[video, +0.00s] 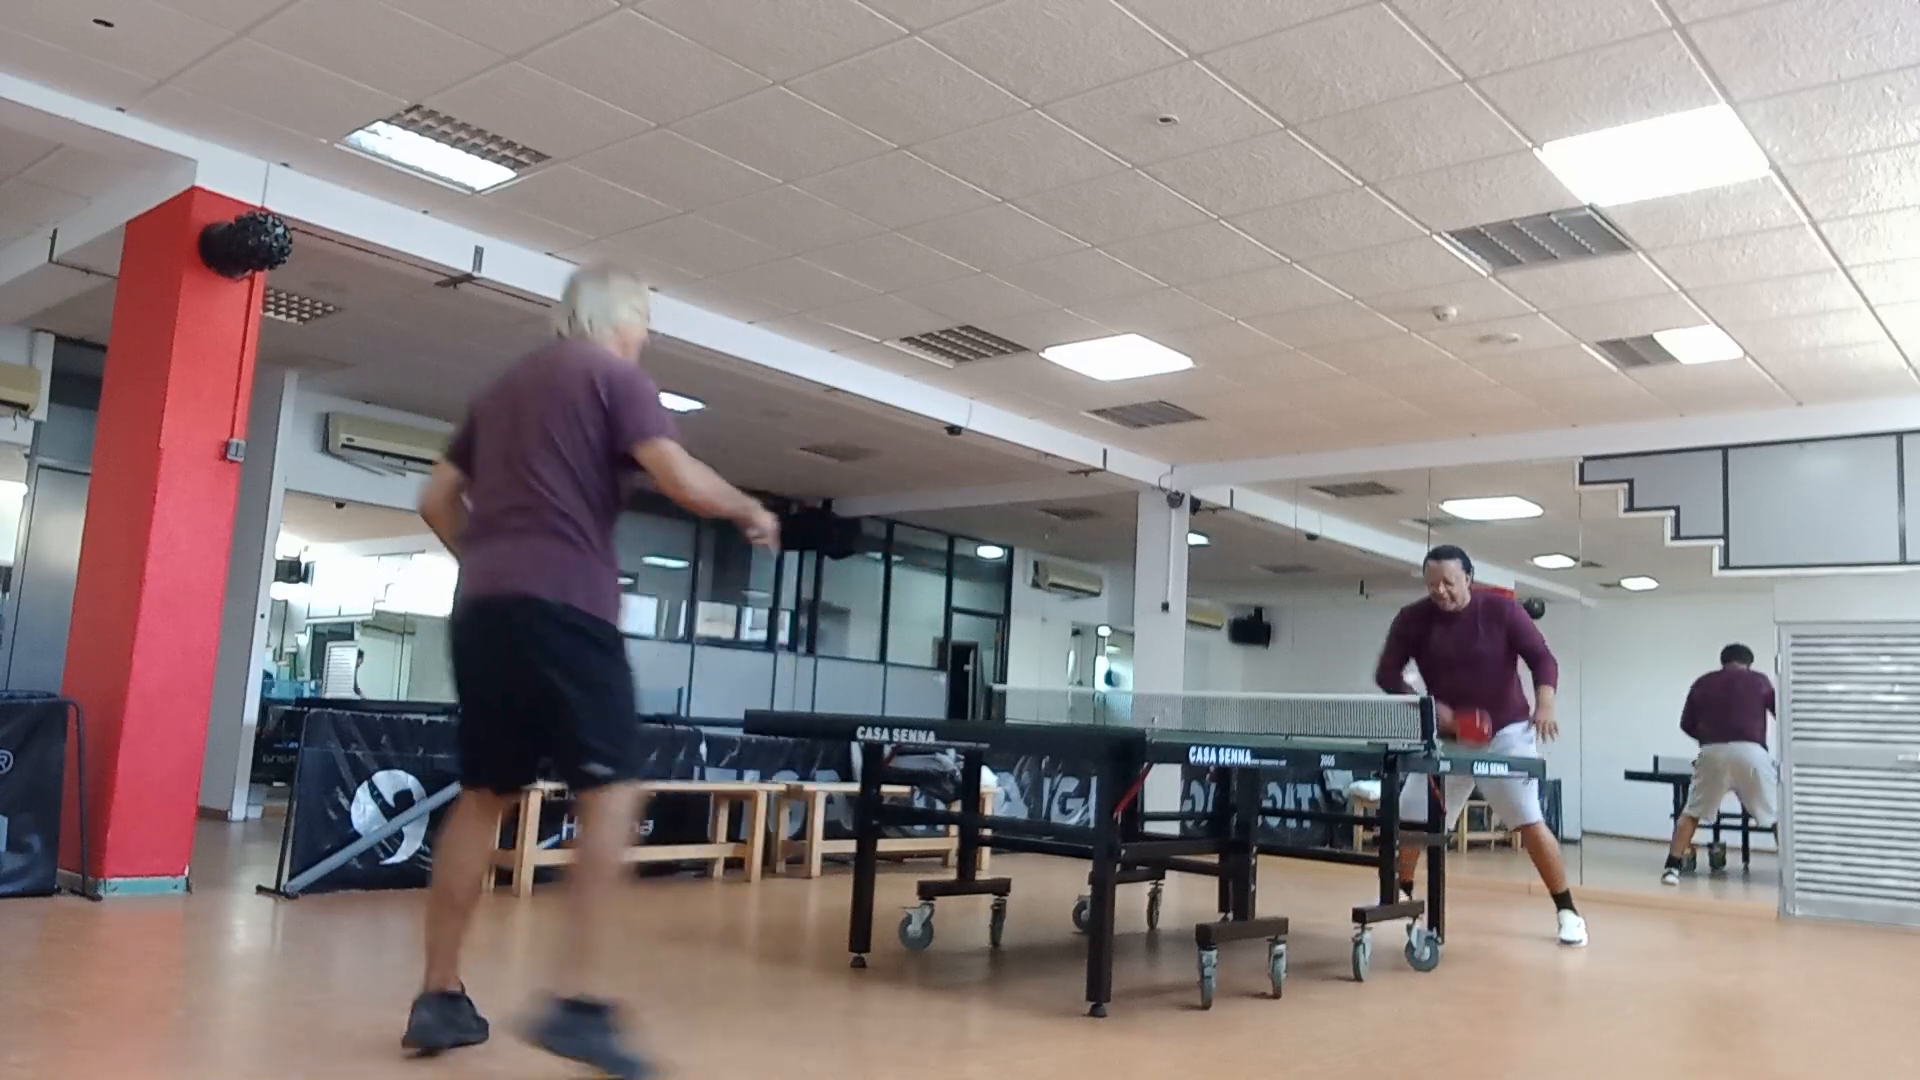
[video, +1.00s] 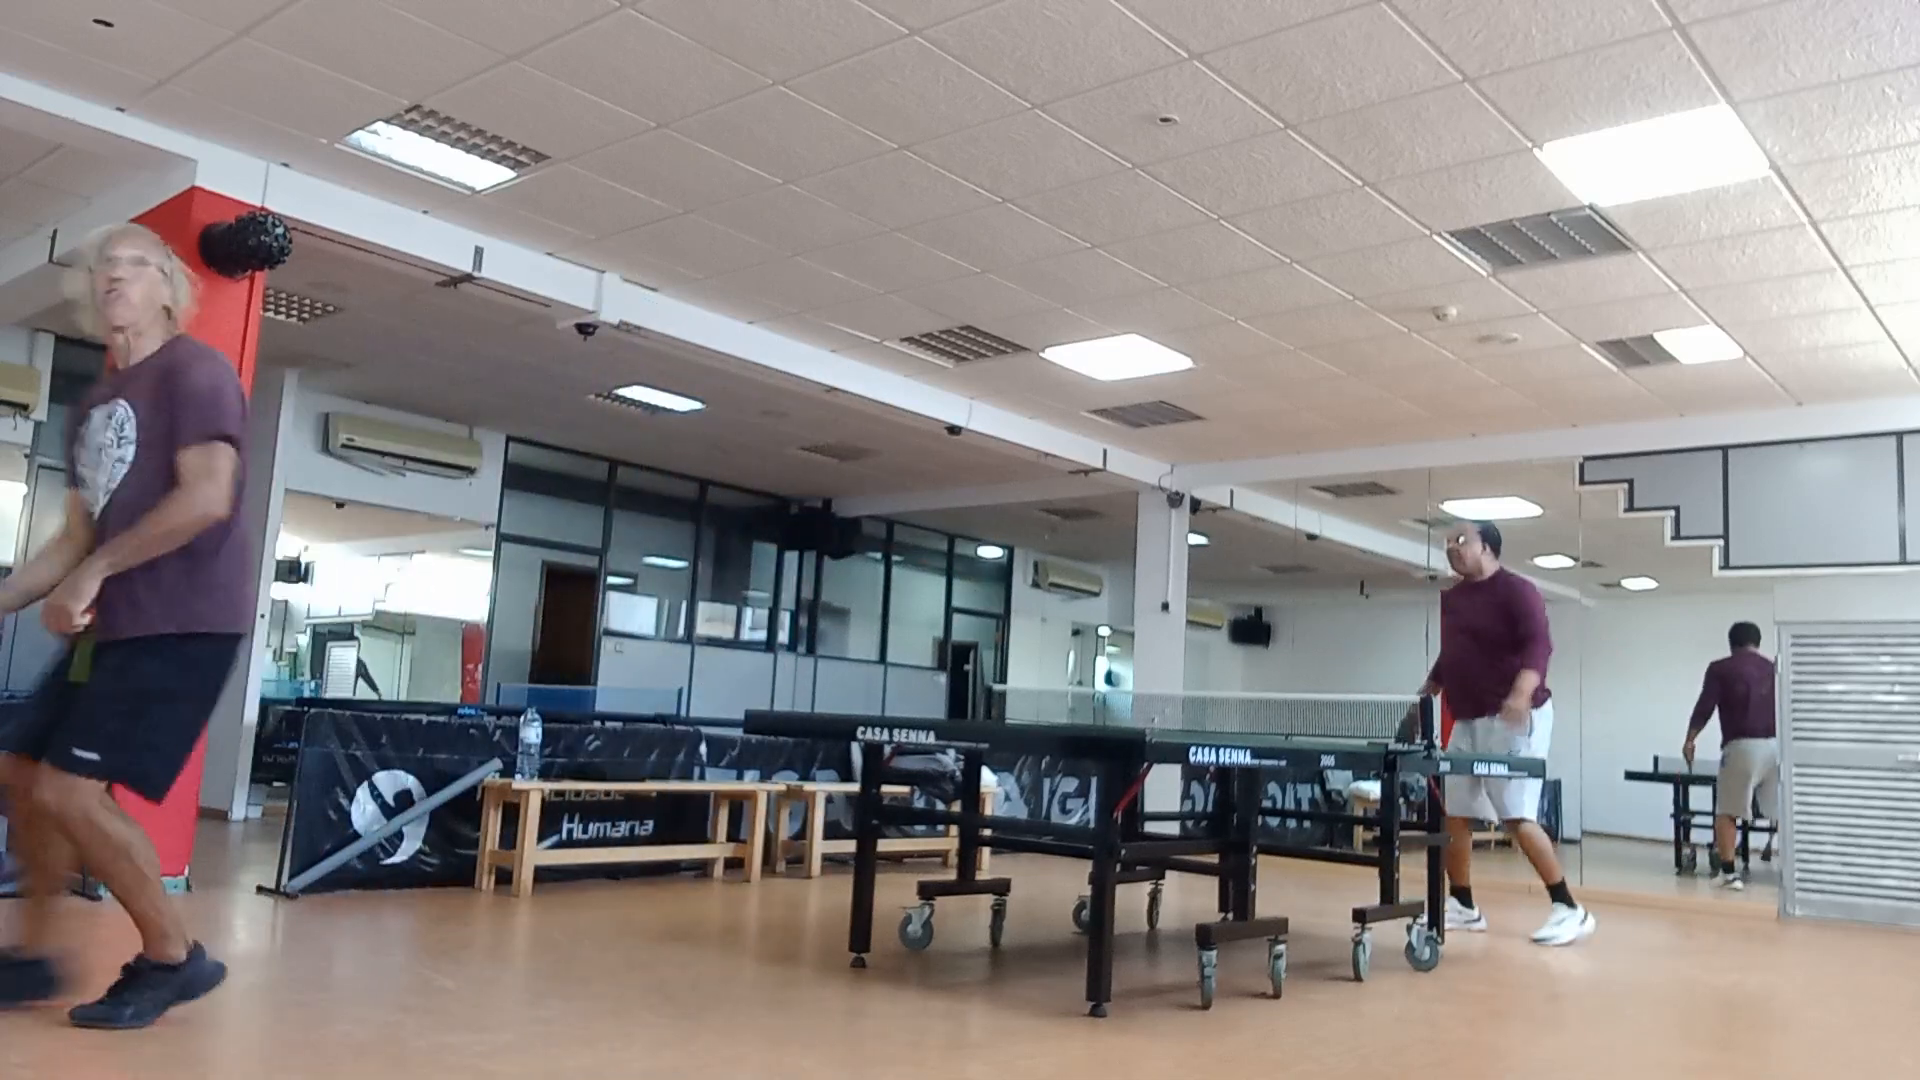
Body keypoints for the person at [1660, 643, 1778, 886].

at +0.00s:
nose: (1749, 669)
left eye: (1746, 667)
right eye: (1749, 666)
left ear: (1722, 662)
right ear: (1749, 664)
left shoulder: (1703, 682)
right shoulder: (1759, 681)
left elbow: (1687, 724)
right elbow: (1782, 713)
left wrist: (1711, 738)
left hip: (1712, 752)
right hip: (1751, 752)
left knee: (1691, 812)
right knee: (1777, 817)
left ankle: (1672, 867)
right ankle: (1794, 875)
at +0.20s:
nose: (1734, 667)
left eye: (1734, 665)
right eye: (1733, 664)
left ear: (1706, 661)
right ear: (1730, 661)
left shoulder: (1690, 677)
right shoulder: (1732, 671)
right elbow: (1763, 684)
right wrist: (1780, 695)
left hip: (1699, 750)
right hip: (1734, 748)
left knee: (1689, 812)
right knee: (1772, 812)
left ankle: (1670, 868)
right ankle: (1792, 867)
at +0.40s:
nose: (1739, 658)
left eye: (1738, 656)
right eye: (1739, 655)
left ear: (1711, 650)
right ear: (1735, 653)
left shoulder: (1689, 669)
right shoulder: (1736, 666)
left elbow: (1661, 694)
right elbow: (1762, 679)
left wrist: (1635, 710)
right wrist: (1770, 680)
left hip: (1695, 746)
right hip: (1731, 746)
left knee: (1685, 809)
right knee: (1761, 806)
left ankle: (1669, 867)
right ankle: (1780, 855)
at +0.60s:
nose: (1745, 656)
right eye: (1746, 652)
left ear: (1721, 648)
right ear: (1747, 650)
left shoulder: (1699, 673)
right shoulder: (1757, 671)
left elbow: (1676, 710)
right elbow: (1777, 694)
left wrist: (1655, 741)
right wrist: (1773, 707)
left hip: (1710, 750)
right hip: (1749, 750)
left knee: (1690, 813)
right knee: (1773, 813)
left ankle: (1670, 867)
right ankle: (1788, 870)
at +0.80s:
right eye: (1754, 646)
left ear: (1730, 644)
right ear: (1756, 645)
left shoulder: (1713, 668)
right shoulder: (1772, 668)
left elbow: (1697, 710)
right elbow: (1787, 707)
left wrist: (1684, 745)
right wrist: (1790, 744)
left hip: (1729, 746)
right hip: (1767, 746)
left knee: (1710, 808)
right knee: (1781, 807)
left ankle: (1697, 861)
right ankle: (1780, 851)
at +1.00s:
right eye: (1755, 646)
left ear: (1731, 644)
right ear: (1758, 644)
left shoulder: (1719, 668)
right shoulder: (1773, 668)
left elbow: (1705, 706)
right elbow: (1787, 704)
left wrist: (1690, 738)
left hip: (1741, 750)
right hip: (1776, 747)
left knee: (1726, 813)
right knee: (1781, 814)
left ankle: (1729, 873)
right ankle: (1792, 868)